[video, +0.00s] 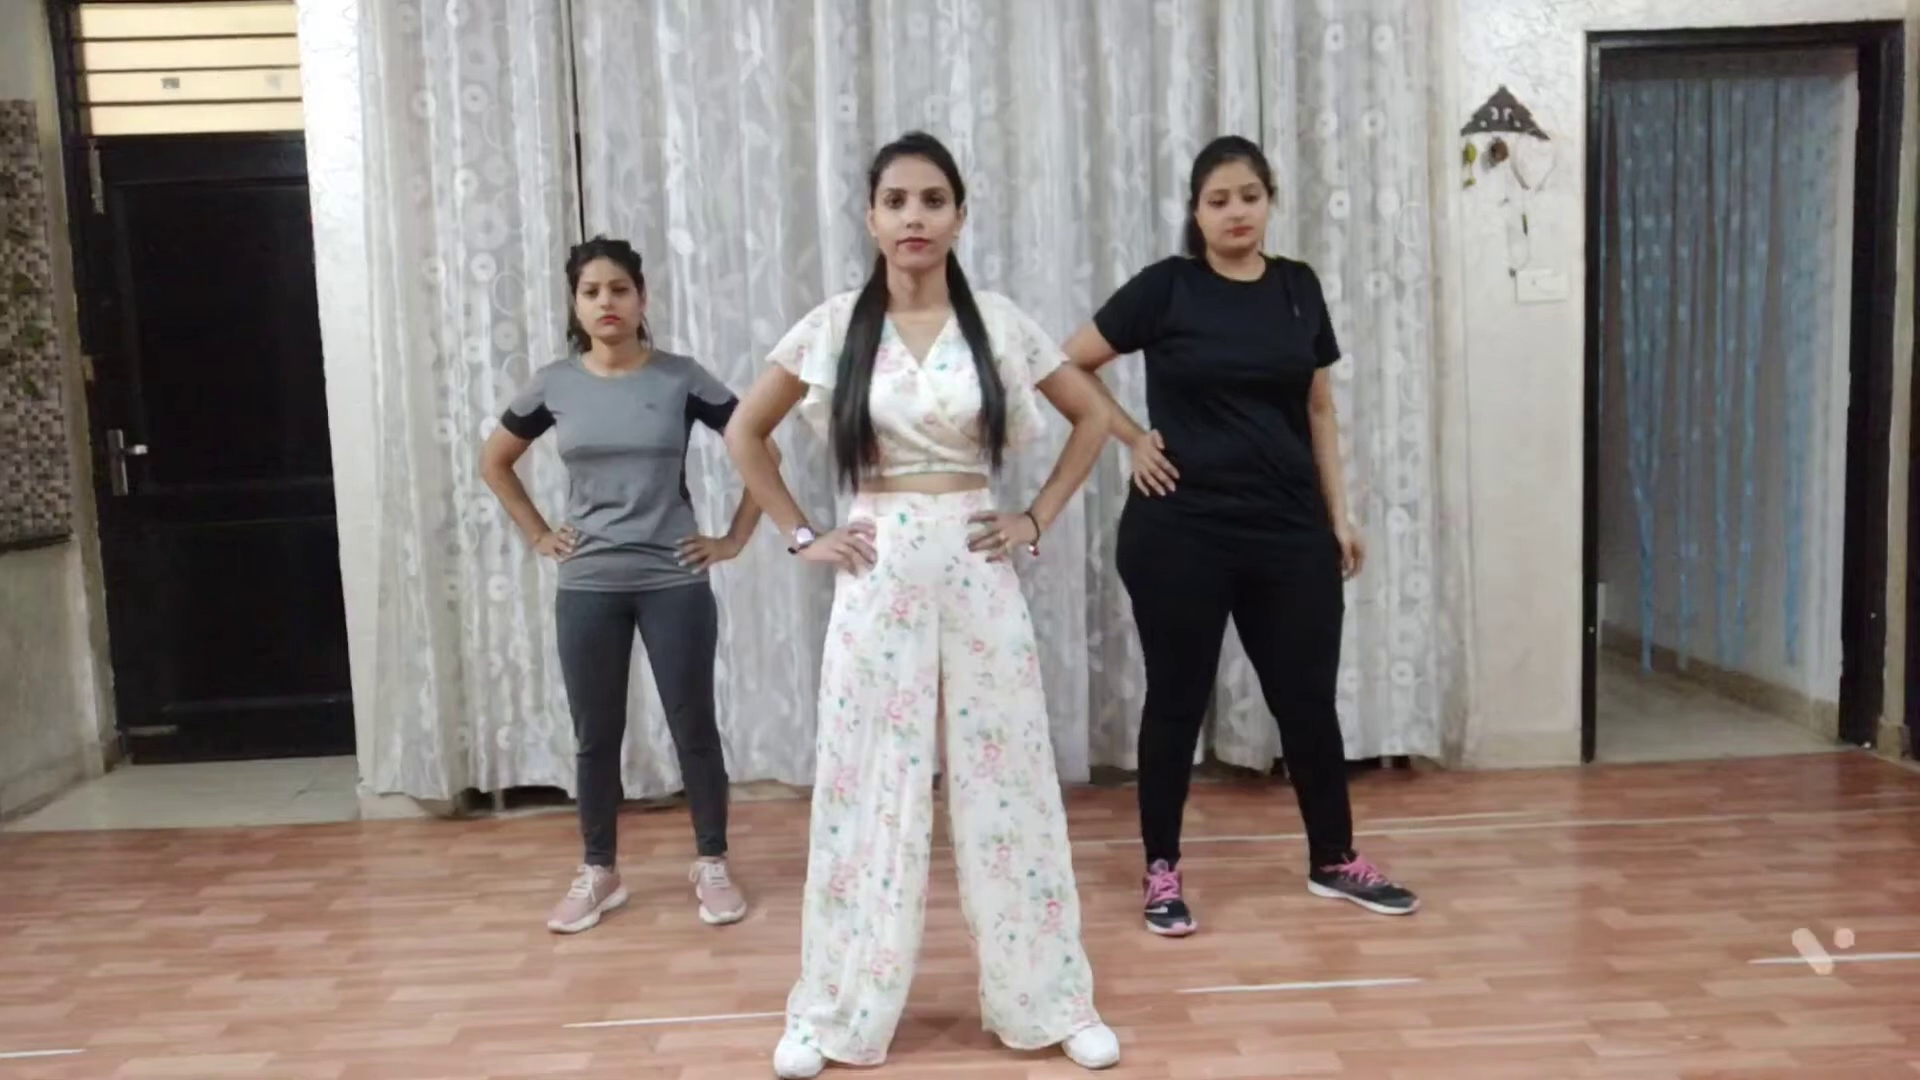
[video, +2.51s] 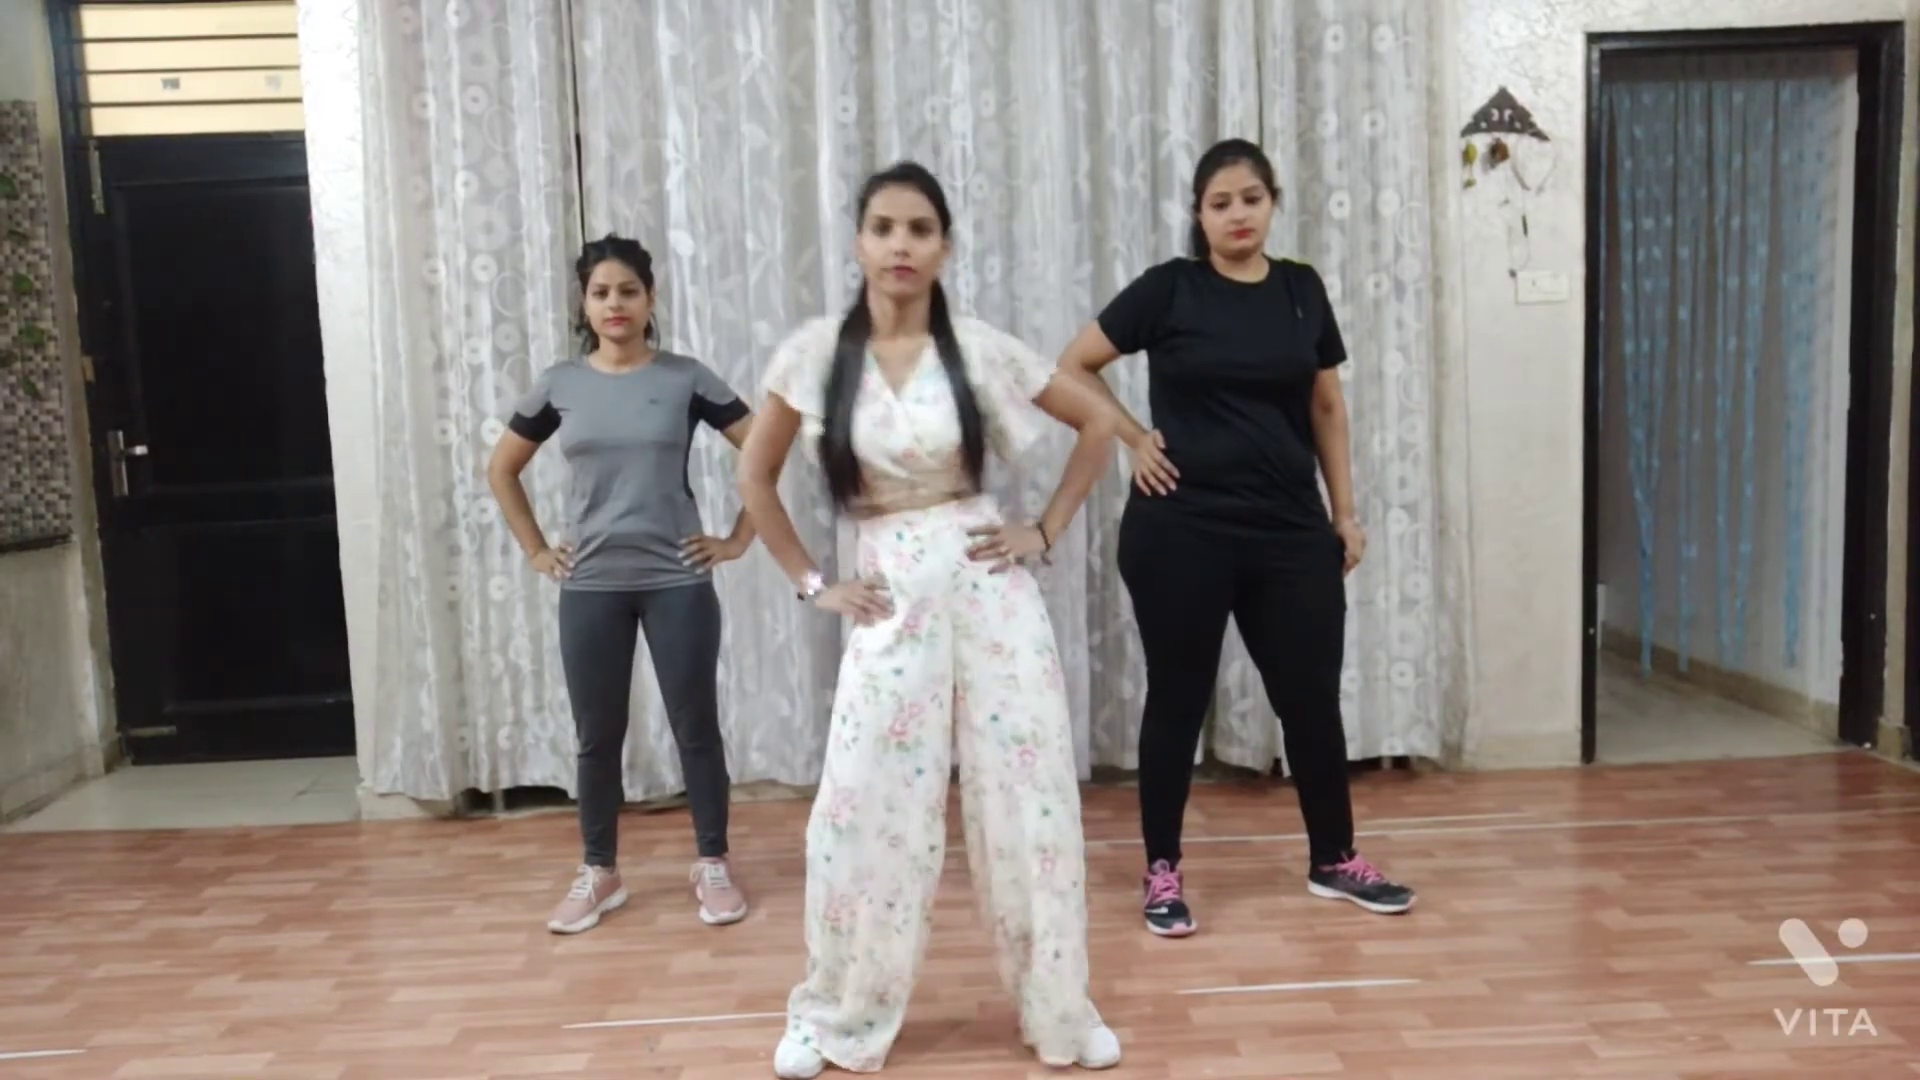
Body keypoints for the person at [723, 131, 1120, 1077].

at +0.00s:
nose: (914, 219)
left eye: (932, 201)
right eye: (896, 201)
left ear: (958, 215)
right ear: (871, 216)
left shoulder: (997, 324)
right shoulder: (834, 327)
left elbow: (1097, 419)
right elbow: (742, 434)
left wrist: (1035, 518)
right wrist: (806, 534)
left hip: (982, 577)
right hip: (880, 580)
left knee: (1007, 789)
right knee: (862, 793)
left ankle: (1046, 1000)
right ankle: (831, 1012)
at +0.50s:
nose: (914, 221)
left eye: (933, 203)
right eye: (897, 203)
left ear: (959, 216)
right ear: (872, 217)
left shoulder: (997, 326)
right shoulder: (834, 328)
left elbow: (1098, 420)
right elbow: (743, 435)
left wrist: (1035, 519)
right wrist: (806, 535)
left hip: (982, 579)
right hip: (880, 582)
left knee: (1008, 789)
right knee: (863, 793)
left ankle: (1047, 1000)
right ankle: (832, 1013)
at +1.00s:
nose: (916, 222)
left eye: (935, 203)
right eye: (898, 203)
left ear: (961, 216)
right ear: (873, 216)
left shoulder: (999, 326)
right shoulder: (836, 328)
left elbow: (1100, 419)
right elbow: (743, 435)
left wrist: (1037, 518)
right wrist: (805, 540)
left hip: (983, 578)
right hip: (880, 581)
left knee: (1008, 789)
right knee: (863, 793)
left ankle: (1048, 1000)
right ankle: (833, 1012)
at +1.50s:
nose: (918, 223)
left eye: (936, 205)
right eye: (900, 204)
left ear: (962, 217)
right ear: (874, 217)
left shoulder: (1000, 326)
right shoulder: (836, 328)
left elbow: (1101, 421)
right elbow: (745, 437)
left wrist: (1037, 518)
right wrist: (806, 541)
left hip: (983, 576)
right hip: (881, 579)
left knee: (1009, 788)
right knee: (864, 792)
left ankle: (1048, 1000)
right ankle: (834, 1011)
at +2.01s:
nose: (921, 224)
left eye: (940, 205)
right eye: (903, 205)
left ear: (966, 217)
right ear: (878, 217)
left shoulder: (1003, 326)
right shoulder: (841, 327)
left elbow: (1104, 421)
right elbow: (747, 435)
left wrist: (1040, 517)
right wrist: (808, 540)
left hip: (987, 576)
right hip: (884, 579)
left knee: (1012, 789)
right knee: (865, 792)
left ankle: (1048, 1001)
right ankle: (834, 1013)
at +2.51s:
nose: (900, 247)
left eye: (919, 230)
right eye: (883, 229)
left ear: (945, 247)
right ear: (857, 243)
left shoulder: (981, 350)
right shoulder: (815, 355)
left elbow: (1102, 424)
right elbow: (754, 477)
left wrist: (1045, 531)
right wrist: (817, 585)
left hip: (996, 593)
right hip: (890, 603)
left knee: (1031, 797)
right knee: (856, 807)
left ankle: (1061, 1012)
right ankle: (835, 1016)